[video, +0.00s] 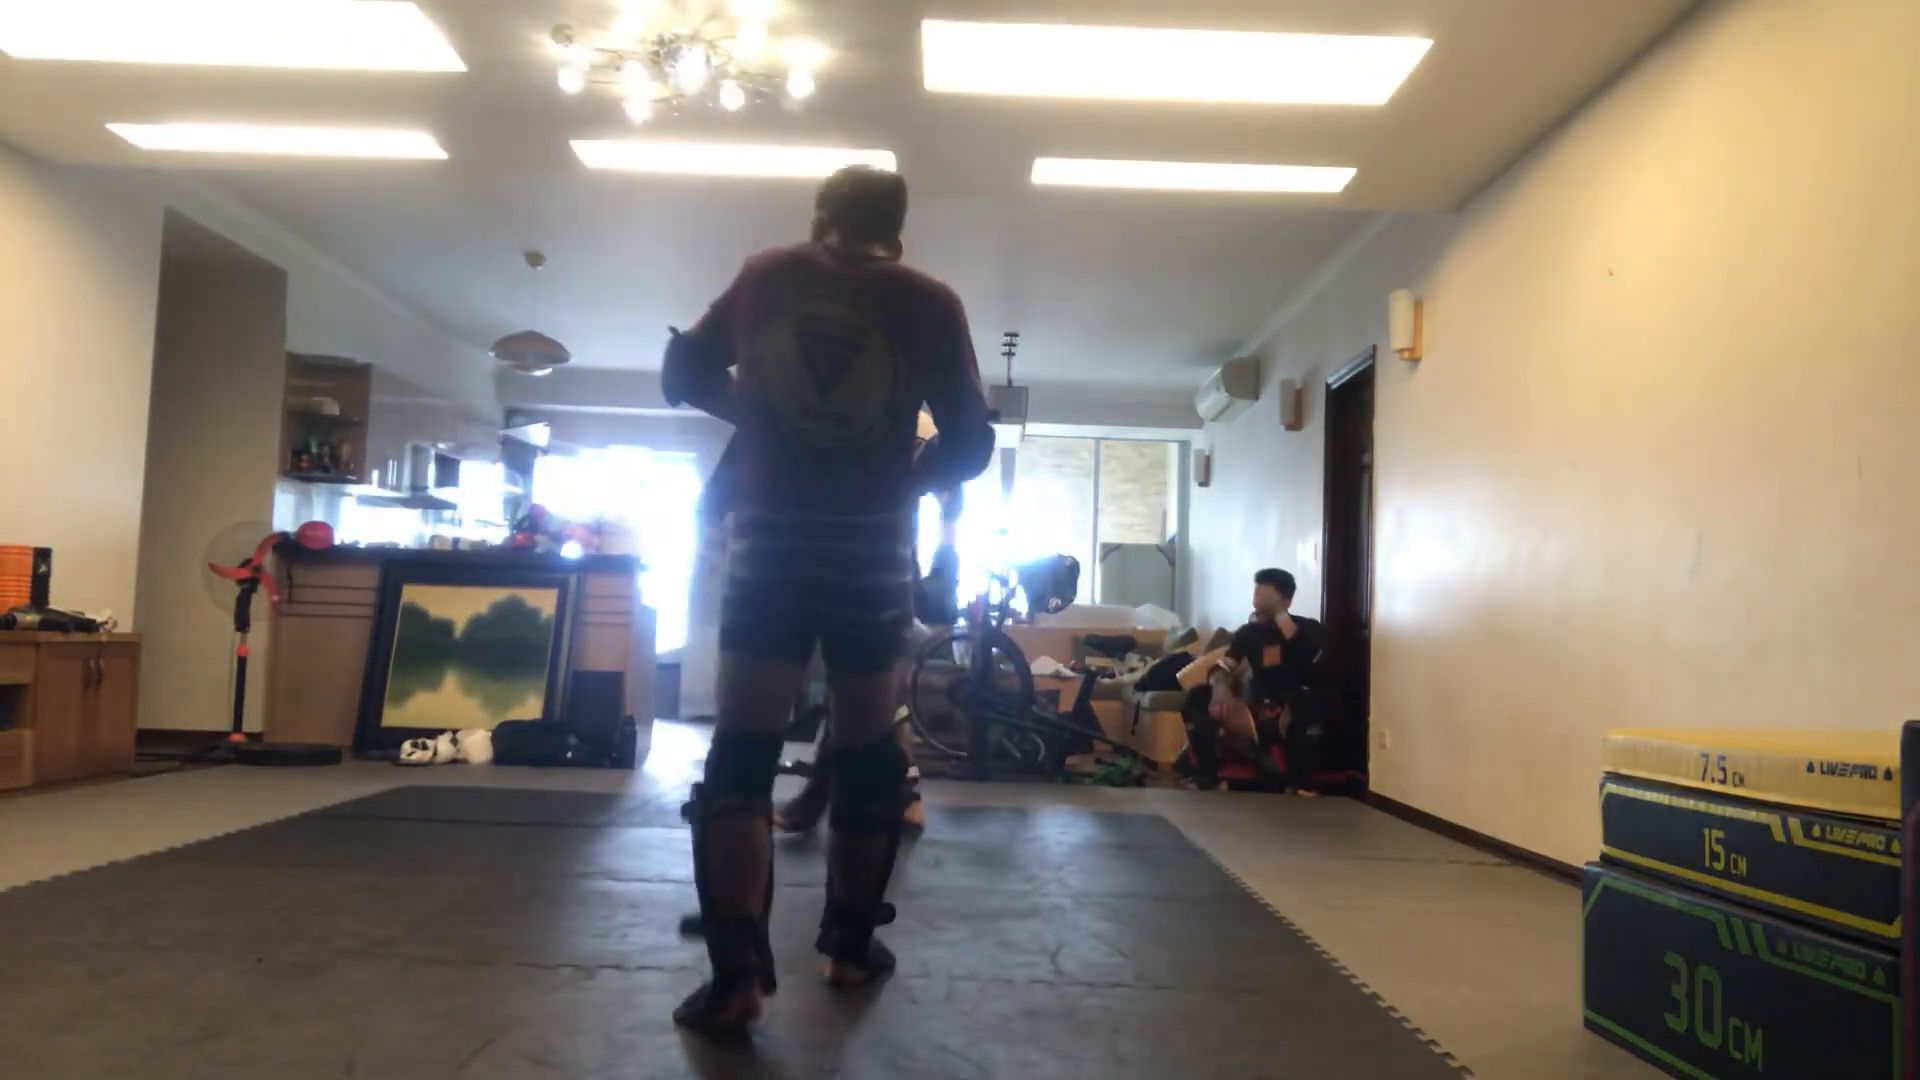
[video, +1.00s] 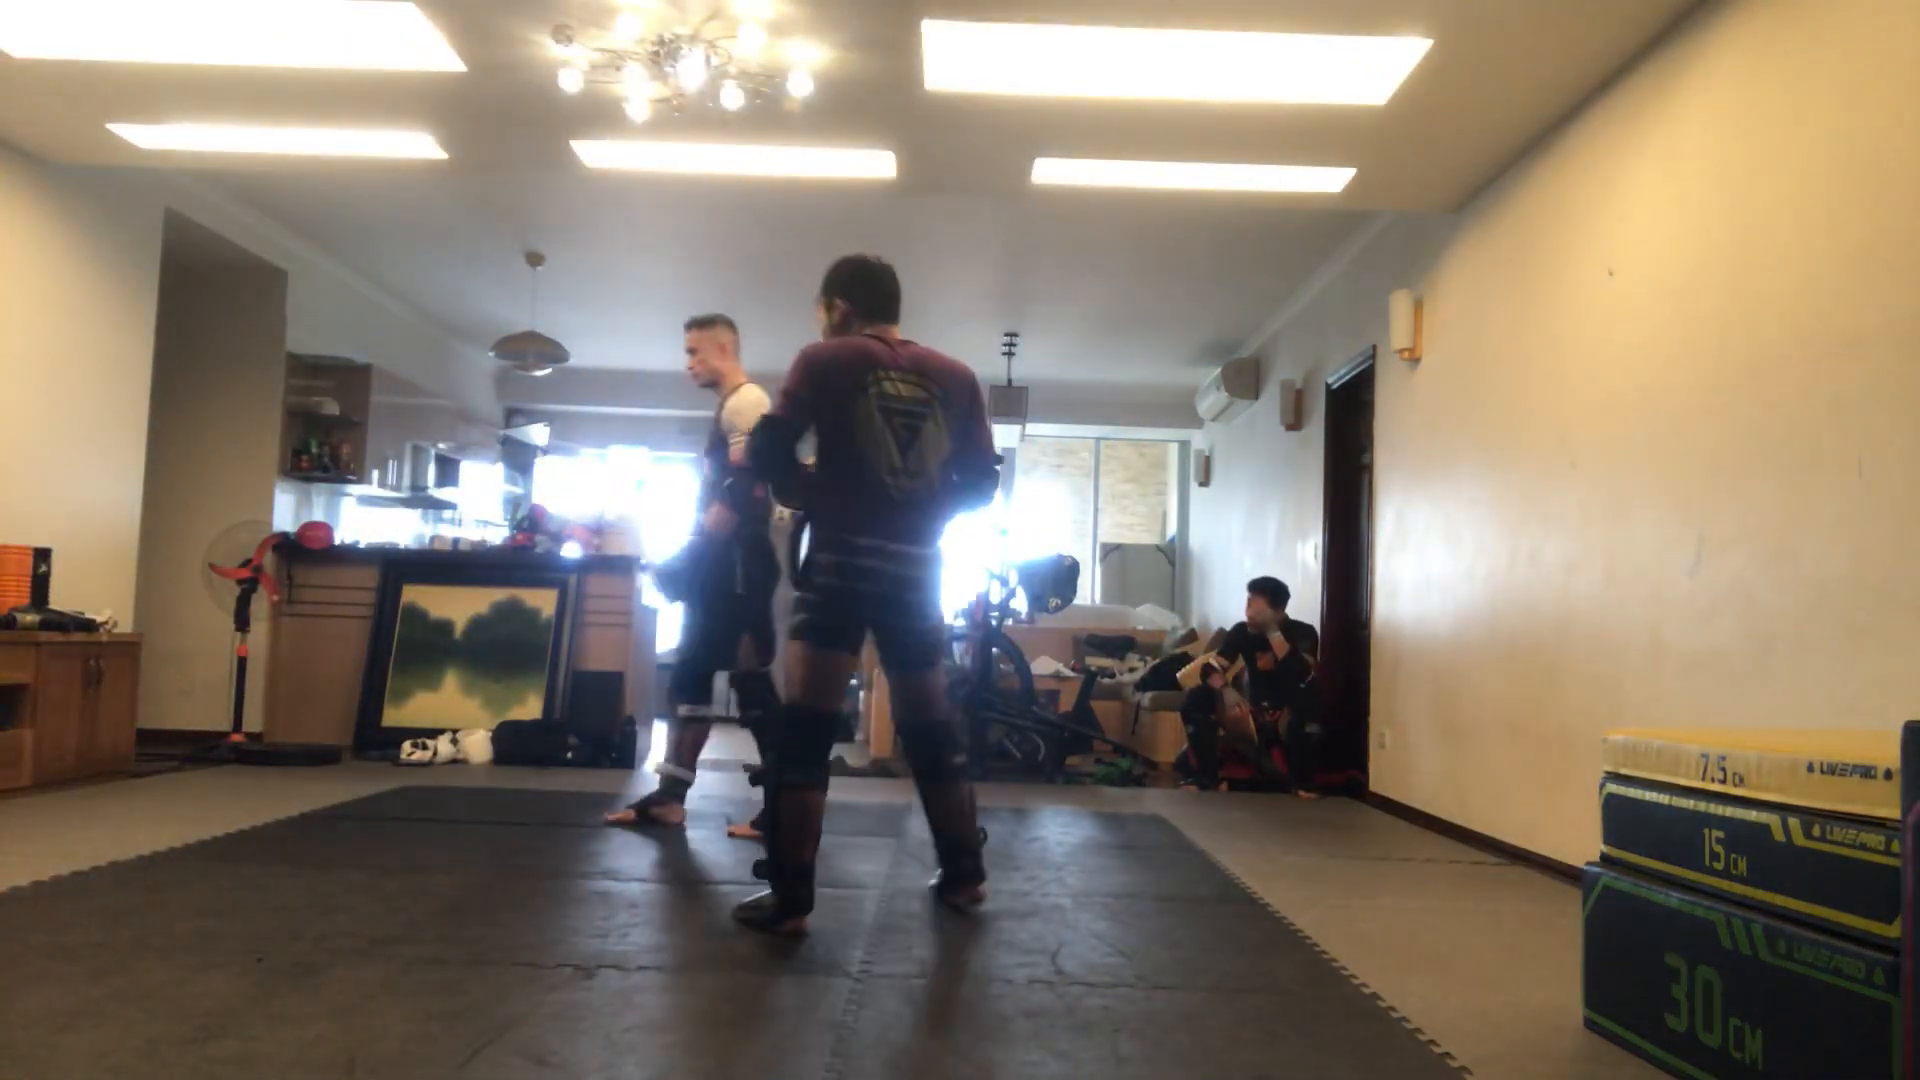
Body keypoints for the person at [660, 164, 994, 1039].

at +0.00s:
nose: (845, 243)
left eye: (826, 223)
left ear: (820, 220)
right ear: (897, 235)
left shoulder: (768, 272)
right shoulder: (931, 302)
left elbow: (684, 372)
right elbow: (972, 442)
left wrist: (763, 413)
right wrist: (898, 475)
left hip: (768, 551)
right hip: (871, 557)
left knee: (741, 752)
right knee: (868, 751)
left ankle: (739, 973)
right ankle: (848, 946)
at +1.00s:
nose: (821, 324)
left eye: (822, 315)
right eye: (821, 316)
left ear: (839, 310)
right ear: (894, 311)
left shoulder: (822, 361)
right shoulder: (957, 377)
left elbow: (768, 454)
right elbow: (980, 480)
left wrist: (813, 496)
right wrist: (919, 507)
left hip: (837, 567)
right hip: (913, 573)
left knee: (807, 726)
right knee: (930, 725)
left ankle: (791, 898)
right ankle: (963, 877)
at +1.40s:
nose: (890, 348)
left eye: (889, 335)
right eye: (886, 336)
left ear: (913, 321)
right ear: (947, 322)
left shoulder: (920, 371)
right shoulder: (994, 380)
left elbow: (884, 479)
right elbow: (973, 487)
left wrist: (837, 465)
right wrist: (895, 520)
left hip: (939, 564)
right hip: (989, 568)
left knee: (873, 708)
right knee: (968, 720)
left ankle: (897, 881)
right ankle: (976, 877)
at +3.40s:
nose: (948, 359)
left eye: (957, 344)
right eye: (943, 346)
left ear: (999, 331)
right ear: (946, 338)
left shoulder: (1033, 390)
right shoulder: (958, 400)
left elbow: (1003, 487)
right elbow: (938, 490)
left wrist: (927, 543)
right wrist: (907, 509)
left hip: (999, 578)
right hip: (948, 578)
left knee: (990, 735)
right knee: (906, 728)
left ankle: (1018, 893)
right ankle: (899, 868)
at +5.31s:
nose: (901, 346)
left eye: (908, 332)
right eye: (902, 334)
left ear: (941, 334)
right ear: (950, 337)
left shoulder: (956, 383)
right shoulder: (978, 388)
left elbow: (957, 482)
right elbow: (977, 493)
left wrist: (905, 566)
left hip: (969, 575)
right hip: (986, 574)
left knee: (918, 723)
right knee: (958, 730)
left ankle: (897, 865)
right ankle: (958, 868)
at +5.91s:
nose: (876, 335)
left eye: (883, 322)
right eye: (879, 322)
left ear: (914, 328)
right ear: (922, 330)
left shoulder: (927, 398)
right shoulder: (946, 396)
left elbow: (923, 502)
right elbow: (932, 507)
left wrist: (893, 588)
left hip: (910, 582)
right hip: (933, 583)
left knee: (885, 730)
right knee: (931, 734)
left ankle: (876, 866)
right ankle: (955, 864)